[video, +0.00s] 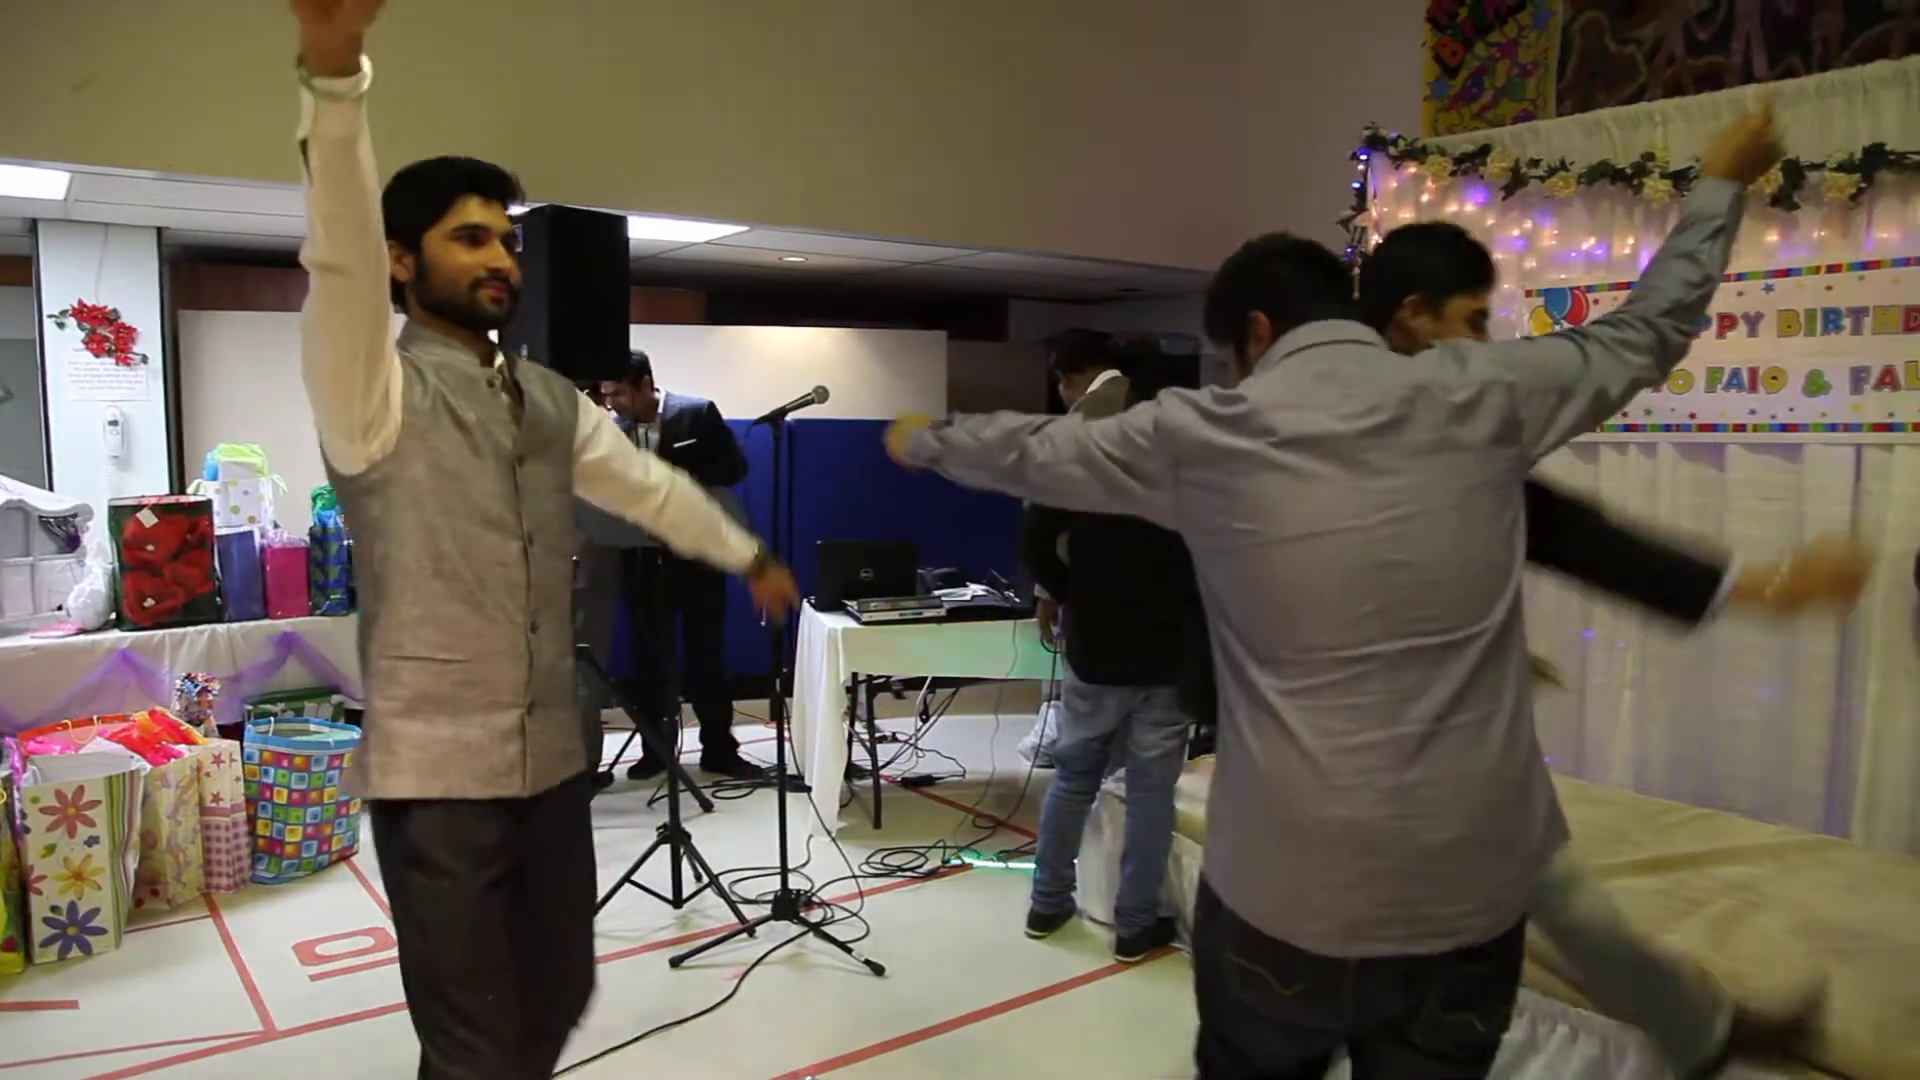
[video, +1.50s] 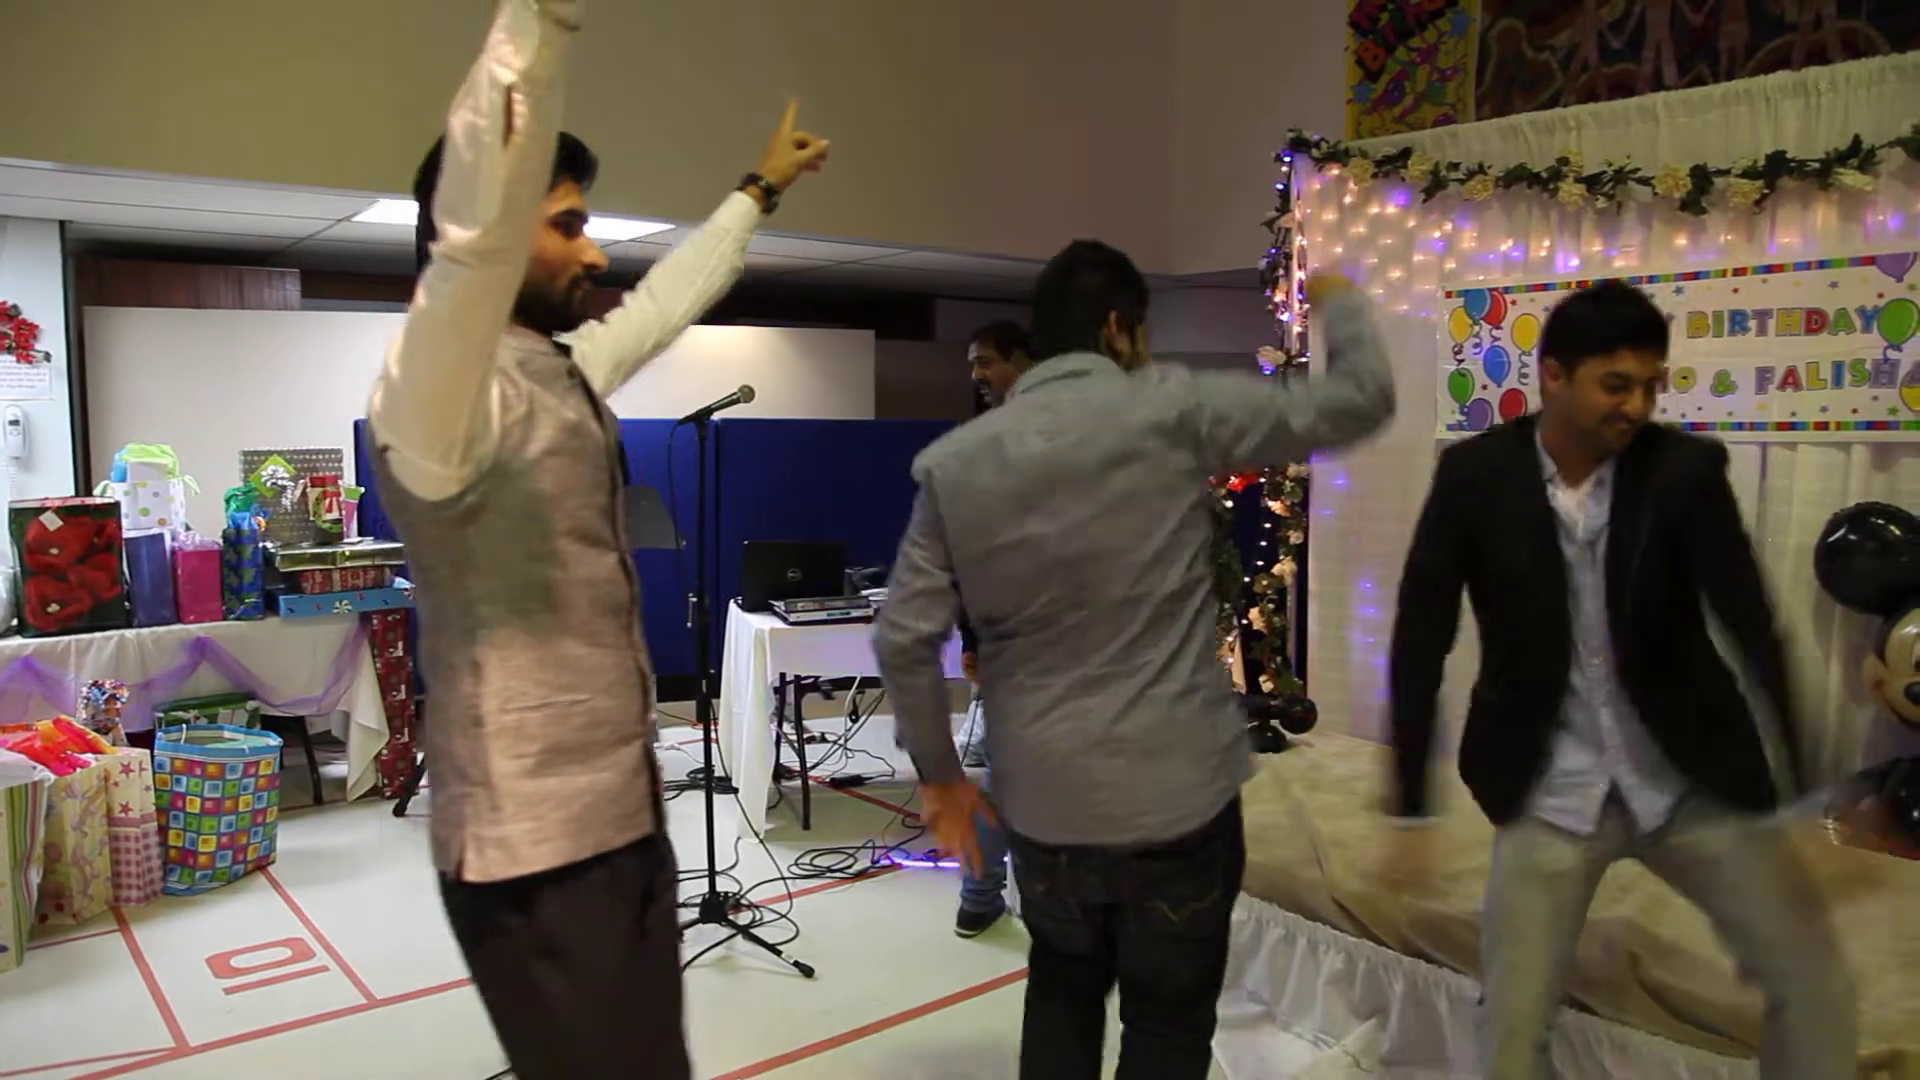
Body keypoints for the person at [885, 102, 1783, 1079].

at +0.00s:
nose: (1223, 379)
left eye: (1221, 356)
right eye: (1222, 361)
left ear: (1253, 337)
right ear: (1369, 314)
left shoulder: (1200, 438)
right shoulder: (1478, 387)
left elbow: (1043, 451)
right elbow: (1642, 337)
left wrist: (927, 440)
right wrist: (1722, 187)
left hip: (1287, 902)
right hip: (1478, 896)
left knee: (1255, 1066)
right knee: (1428, 1068)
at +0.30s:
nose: (1173, 383)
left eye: (1173, 366)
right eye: (1174, 369)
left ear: (1199, 348)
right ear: (1296, 334)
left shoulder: (1139, 437)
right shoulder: (1405, 412)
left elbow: (961, 430)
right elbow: (1570, 349)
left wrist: (828, 356)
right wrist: (1624, 180)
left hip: (1187, 889)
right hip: (1378, 888)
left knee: (1136, 1071)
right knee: (1365, 1074)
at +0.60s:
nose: (1032, 380)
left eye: (1034, 362)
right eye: (1036, 367)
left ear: (1054, 354)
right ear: (1163, 339)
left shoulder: (1001, 430)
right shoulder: (1259, 398)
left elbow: (860, 423)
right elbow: (1417, 328)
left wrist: (757, 370)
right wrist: (1486, 177)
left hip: (1051, 868)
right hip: (1219, 865)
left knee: (1036, 1069)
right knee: (1222, 1066)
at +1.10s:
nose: (979, 371)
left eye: (980, 358)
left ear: (991, 356)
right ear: (1089, 335)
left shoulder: (943, 440)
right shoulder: (1170, 368)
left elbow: (802, 469)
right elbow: (1308, 237)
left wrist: (731, 458)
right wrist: (1426, 113)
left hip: (1047, 840)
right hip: (1199, 825)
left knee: (1046, 1061)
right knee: (1180, 1064)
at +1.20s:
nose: (981, 373)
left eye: (984, 357)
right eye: (984, 357)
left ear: (998, 355)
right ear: (1098, 334)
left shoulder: (954, 450)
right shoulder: (1182, 369)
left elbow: (811, 518)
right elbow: (1304, 252)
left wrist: (813, 573)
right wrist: (1404, 130)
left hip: (1053, 842)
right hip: (1204, 829)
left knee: (1049, 1048)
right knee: (1184, 1062)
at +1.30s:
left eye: (990, 355)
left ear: (1002, 350)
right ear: (1110, 330)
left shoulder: (958, 448)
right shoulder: (1182, 374)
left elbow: (826, 554)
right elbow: (1318, 275)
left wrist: (873, 646)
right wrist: (1391, 153)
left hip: (1061, 806)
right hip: (1207, 793)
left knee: (1060, 1014)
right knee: (1180, 1043)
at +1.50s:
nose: (1148, 342)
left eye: (1146, 327)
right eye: (1144, 326)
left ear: (1032, 335)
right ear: (1116, 326)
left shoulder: (956, 465)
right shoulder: (1172, 407)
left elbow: (904, 636)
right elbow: (1359, 399)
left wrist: (939, 775)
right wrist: (1341, 304)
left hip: (1041, 804)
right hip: (1177, 801)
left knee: (1062, 992)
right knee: (1169, 1026)